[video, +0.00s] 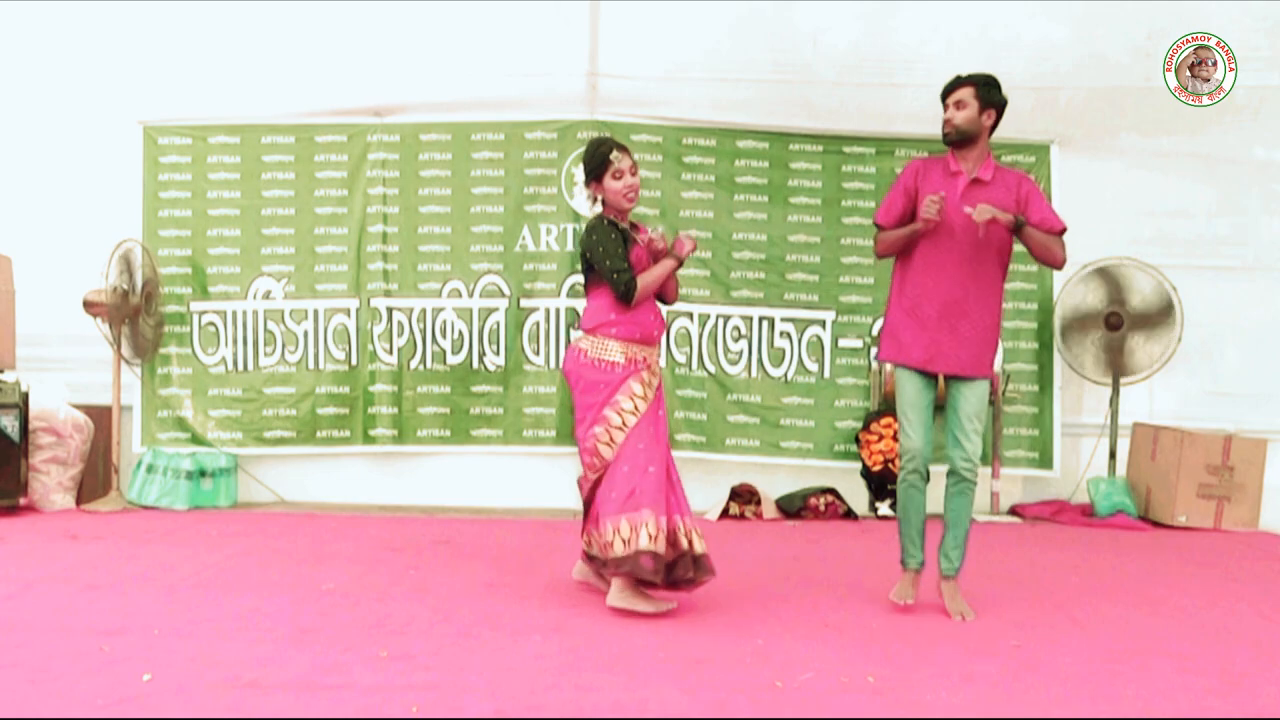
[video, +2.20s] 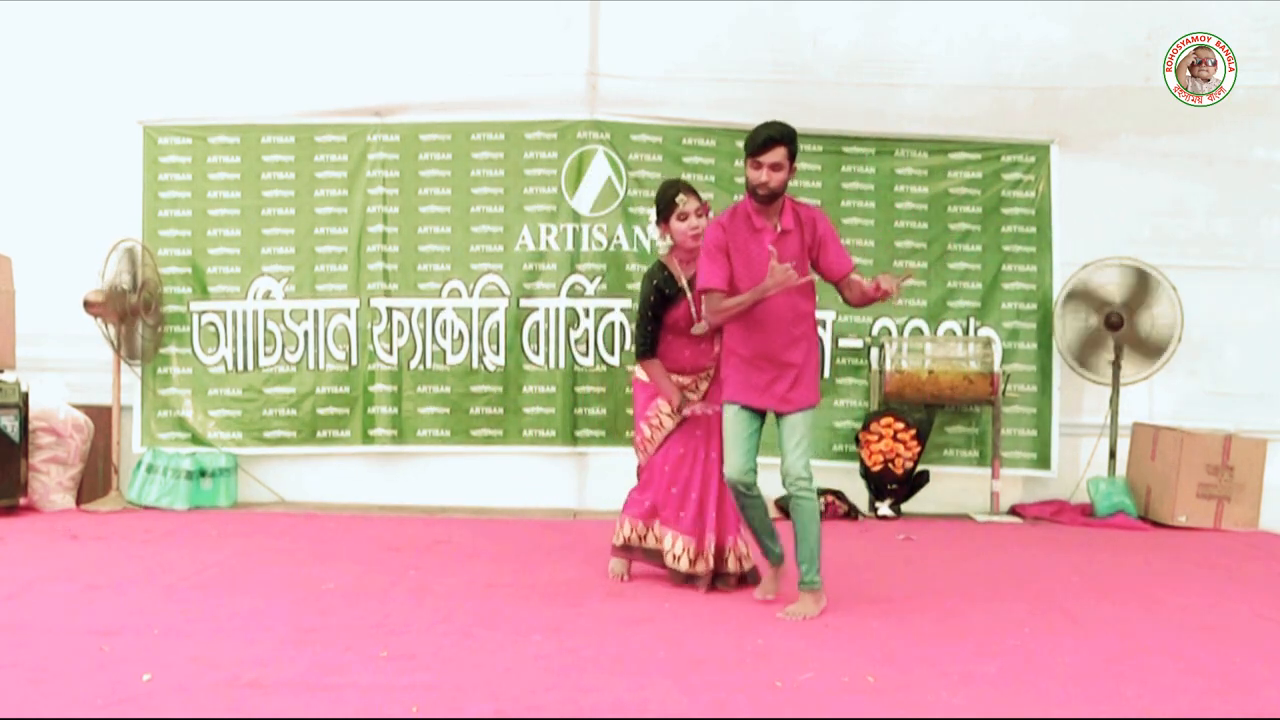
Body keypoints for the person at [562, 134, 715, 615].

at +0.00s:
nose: (630, 182)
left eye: (633, 172)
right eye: (618, 176)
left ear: (639, 175)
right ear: (597, 188)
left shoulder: (638, 234)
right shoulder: (600, 232)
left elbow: (668, 294)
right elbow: (627, 289)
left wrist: (663, 257)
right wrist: (672, 258)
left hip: (636, 359)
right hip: (605, 360)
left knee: (626, 458)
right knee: (635, 458)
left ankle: (594, 556)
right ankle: (625, 580)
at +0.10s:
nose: (642, 191)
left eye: (644, 183)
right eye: (630, 185)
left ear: (644, 188)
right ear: (607, 196)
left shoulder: (627, 241)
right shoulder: (618, 241)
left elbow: (639, 307)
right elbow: (631, 311)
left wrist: (679, 305)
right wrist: (686, 320)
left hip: (635, 375)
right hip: (627, 378)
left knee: (636, 473)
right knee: (655, 476)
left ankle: (591, 565)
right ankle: (630, 592)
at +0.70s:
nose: (615, 193)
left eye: (619, 184)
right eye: (603, 185)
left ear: (625, 188)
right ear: (581, 195)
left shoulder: (635, 239)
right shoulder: (573, 242)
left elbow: (660, 293)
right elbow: (580, 308)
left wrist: (647, 286)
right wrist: (641, 304)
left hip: (626, 364)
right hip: (583, 366)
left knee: (636, 457)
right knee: (601, 460)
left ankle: (630, 562)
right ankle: (579, 562)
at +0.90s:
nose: (600, 190)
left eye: (605, 181)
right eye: (589, 183)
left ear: (612, 187)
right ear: (568, 193)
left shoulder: (628, 241)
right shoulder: (557, 243)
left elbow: (646, 306)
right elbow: (544, 308)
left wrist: (618, 300)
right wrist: (595, 323)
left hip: (613, 363)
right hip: (564, 365)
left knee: (617, 455)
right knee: (561, 456)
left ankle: (612, 558)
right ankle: (545, 544)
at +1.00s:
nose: (596, 193)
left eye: (600, 184)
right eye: (584, 186)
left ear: (607, 189)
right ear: (564, 196)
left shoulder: (624, 246)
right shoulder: (552, 247)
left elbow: (636, 307)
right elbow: (535, 312)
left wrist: (621, 340)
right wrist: (572, 356)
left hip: (610, 368)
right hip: (560, 368)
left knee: (610, 459)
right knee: (566, 459)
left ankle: (608, 562)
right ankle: (568, 562)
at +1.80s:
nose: (645, 234)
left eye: (650, 223)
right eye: (633, 226)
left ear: (658, 223)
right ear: (613, 233)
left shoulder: (676, 269)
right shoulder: (606, 281)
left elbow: (678, 331)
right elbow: (591, 350)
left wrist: (663, 388)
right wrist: (610, 410)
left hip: (651, 382)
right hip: (603, 381)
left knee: (650, 462)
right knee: (614, 459)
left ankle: (638, 563)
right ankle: (598, 557)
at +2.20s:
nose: (695, 224)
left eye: (700, 214)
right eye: (683, 217)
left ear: (708, 217)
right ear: (665, 227)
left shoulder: (720, 266)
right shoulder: (660, 277)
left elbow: (737, 324)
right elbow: (644, 347)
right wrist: (674, 397)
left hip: (711, 378)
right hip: (665, 379)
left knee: (713, 464)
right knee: (667, 463)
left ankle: (711, 557)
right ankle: (625, 543)